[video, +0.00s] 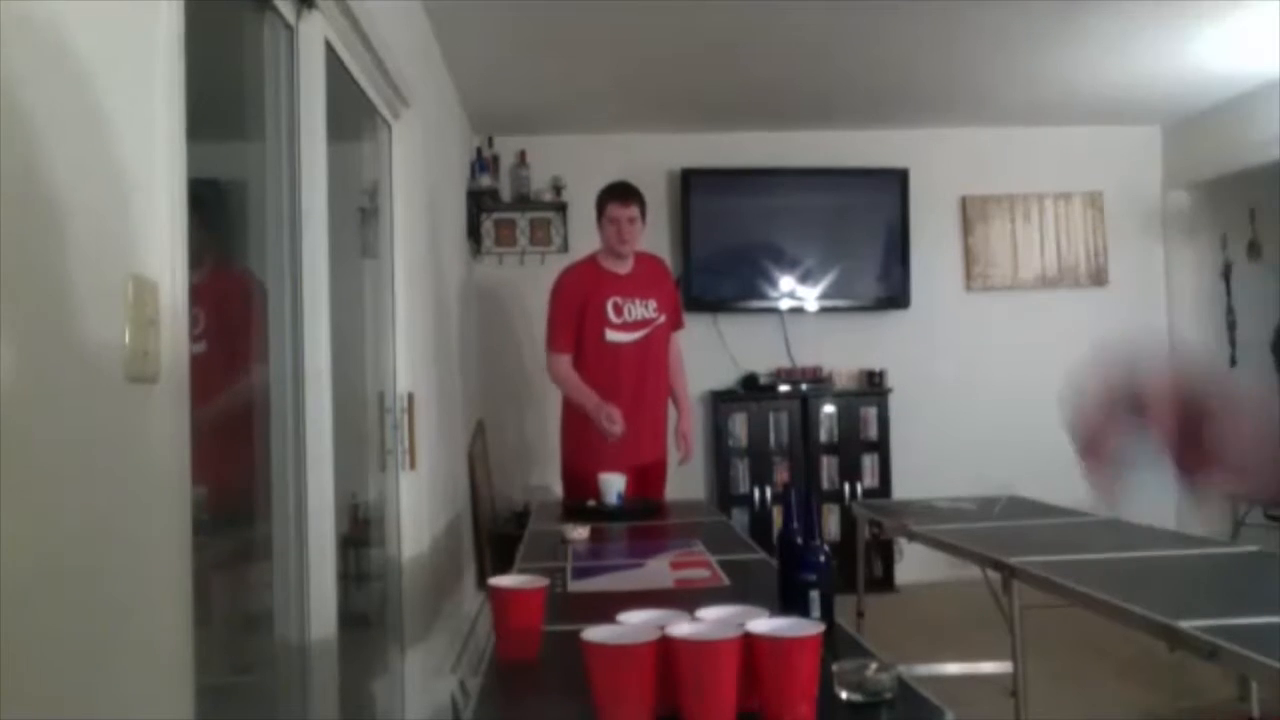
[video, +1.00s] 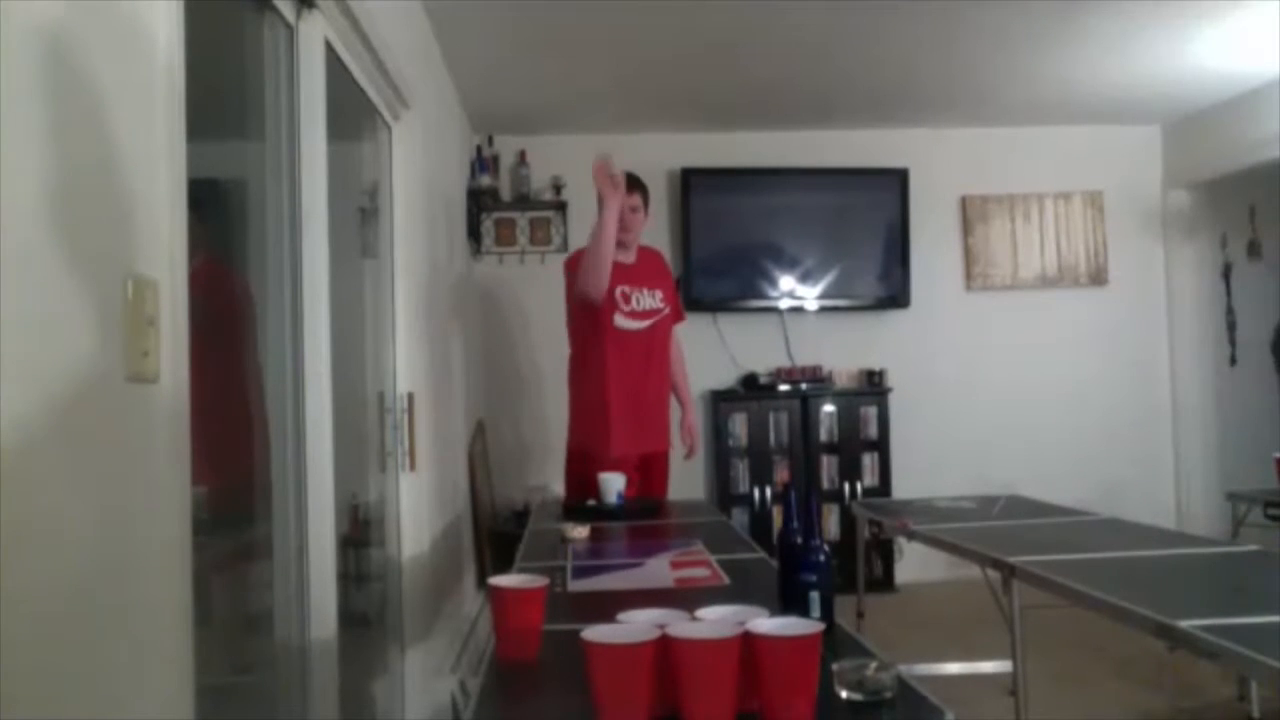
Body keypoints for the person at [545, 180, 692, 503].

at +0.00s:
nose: (623, 231)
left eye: (632, 222)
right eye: (613, 222)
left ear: (643, 225)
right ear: (599, 226)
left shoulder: (658, 274)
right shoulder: (574, 281)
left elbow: (670, 348)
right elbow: (558, 364)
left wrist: (684, 413)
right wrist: (595, 407)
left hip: (648, 440)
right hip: (592, 444)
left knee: (648, 542)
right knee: (594, 542)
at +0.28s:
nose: (624, 229)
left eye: (632, 220)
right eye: (614, 220)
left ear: (643, 225)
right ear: (599, 224)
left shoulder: (657, 272)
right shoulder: (576, 278)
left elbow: (668, 348)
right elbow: (566, 362)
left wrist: (681, 412)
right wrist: (603, 377)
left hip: (648, 439)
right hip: (593, 443)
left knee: (648, 541)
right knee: (594, 542)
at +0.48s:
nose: (623, 229)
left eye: (632, 220)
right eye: (614, 220)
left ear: (644, 225)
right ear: (599, 224)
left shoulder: (655, 271)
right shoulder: (577, 277)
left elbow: (667, 346)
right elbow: (570, 351)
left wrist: (680, 412)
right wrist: (606, 326)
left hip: (646, 433)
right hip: (593, 436)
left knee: (648, 540)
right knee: (594, 541)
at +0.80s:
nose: (623, 228)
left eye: (632, 218)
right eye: (614, 219)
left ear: (644, 224)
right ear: (600, 223)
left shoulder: (655, 270)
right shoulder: (580, 273)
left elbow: (668, 346)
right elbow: (582, 332)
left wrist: (682, 410)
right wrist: (609, 265)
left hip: (647, 436)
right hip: (594, 437)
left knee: (648, 543)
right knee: (594, 548)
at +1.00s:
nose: (625, 219)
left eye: (633, 210)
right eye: (618, 211)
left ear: (646, 217)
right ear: (605, 216)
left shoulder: (655, 263)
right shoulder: (584, 263)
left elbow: (670, 341)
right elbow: (594, 290)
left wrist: (687, 407)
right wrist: (609, 206)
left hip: (650, 434)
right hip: (598, 435)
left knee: (650, 544)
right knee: (595, 545)